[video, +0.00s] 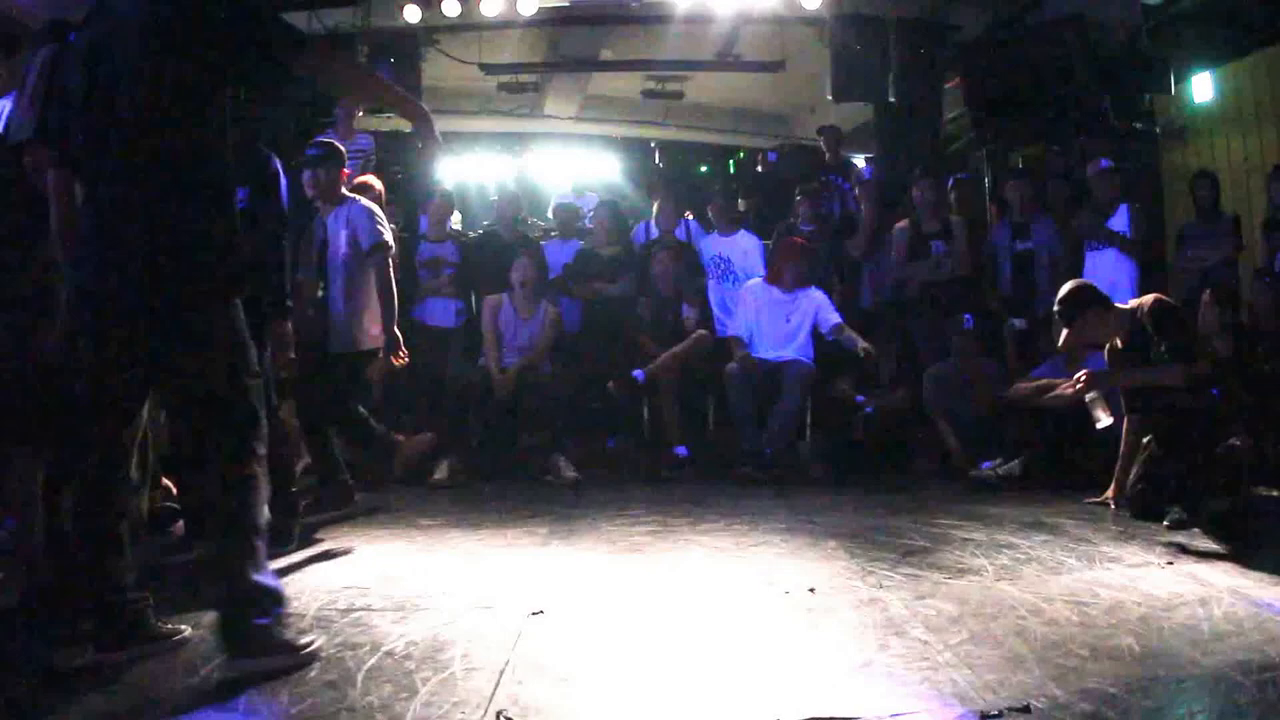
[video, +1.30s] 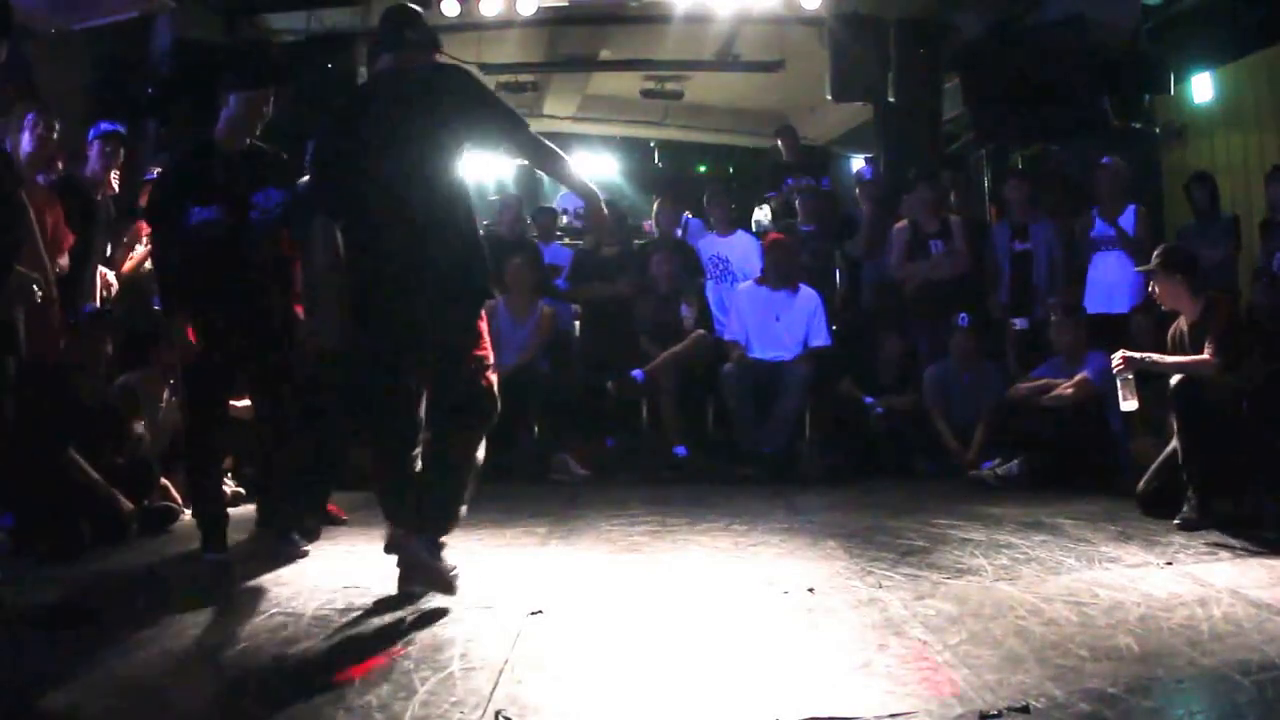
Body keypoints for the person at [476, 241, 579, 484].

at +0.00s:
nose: (522, 275)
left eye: (528, 269)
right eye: (517, 270)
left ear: (538, 276)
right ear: (510, 276)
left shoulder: (549, 312)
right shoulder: (493, 304)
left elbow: (542, 350)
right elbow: (490, 342)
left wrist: (516, 369)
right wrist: (496, 375)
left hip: (531, 370)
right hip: (499, 369)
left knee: (548, 395)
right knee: (474, 390)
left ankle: (557, 456)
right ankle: (455, 458)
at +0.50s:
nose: (519, 276)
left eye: (524, 271)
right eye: (515, 270)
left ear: (534, 277)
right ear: (508, 276)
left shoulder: (546, 312)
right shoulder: (491, 307)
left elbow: (538, 347)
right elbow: (488, 342)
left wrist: (513, 371)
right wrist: (493, 371)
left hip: (532, 375)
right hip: (499, 375)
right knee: (469, 393)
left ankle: (554, 453)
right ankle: (453, 457)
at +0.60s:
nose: (519, 279)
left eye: (524, 274)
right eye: (515, 273)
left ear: (534, 277)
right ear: (507, 276)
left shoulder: (545, 311)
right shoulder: (491, 307)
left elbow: (535, 344)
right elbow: (488, 342)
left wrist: (510, 366)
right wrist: (493, 368)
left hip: (531, 372)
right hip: (501, 372)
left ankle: (550, 453)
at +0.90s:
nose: (517, 276)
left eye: (522, 270)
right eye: (512, 271)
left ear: (534, 273)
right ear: (505, 274)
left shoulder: (545, 311)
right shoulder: (492, 307)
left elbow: (539, 348)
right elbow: (488, 342)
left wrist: (513, 369)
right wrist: (495, 368)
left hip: (532, 374)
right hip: (502, 374)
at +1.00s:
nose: (516, 277)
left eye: (521, 271)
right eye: (511, 271)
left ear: (533, 274)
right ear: (504, 275)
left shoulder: (545, 312)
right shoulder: (491, 307)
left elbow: (538, 347)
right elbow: (488, 341)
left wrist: (513, 369)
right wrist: (495, 368)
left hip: (529, 370)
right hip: (499, 370)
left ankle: (551, 453)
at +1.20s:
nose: (514, 275)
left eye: (521, 270)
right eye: (511, 270)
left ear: (533, 274)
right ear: (505, 273)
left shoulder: (545, 312)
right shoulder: (492, 307)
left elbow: (535, 349)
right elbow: (487, 341)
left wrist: (508, 370)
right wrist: (493, 369)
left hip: (529, 371)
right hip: (499, 370)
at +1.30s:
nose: (515, 275)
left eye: (521, 270)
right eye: (510, 269)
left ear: (533, 276)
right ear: (503, 275)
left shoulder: (544, 312)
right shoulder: (492, 309)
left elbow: (535, 350)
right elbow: (486, 344)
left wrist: (505, 372)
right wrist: (491, 369)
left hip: (530, 375)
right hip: (499, 374)